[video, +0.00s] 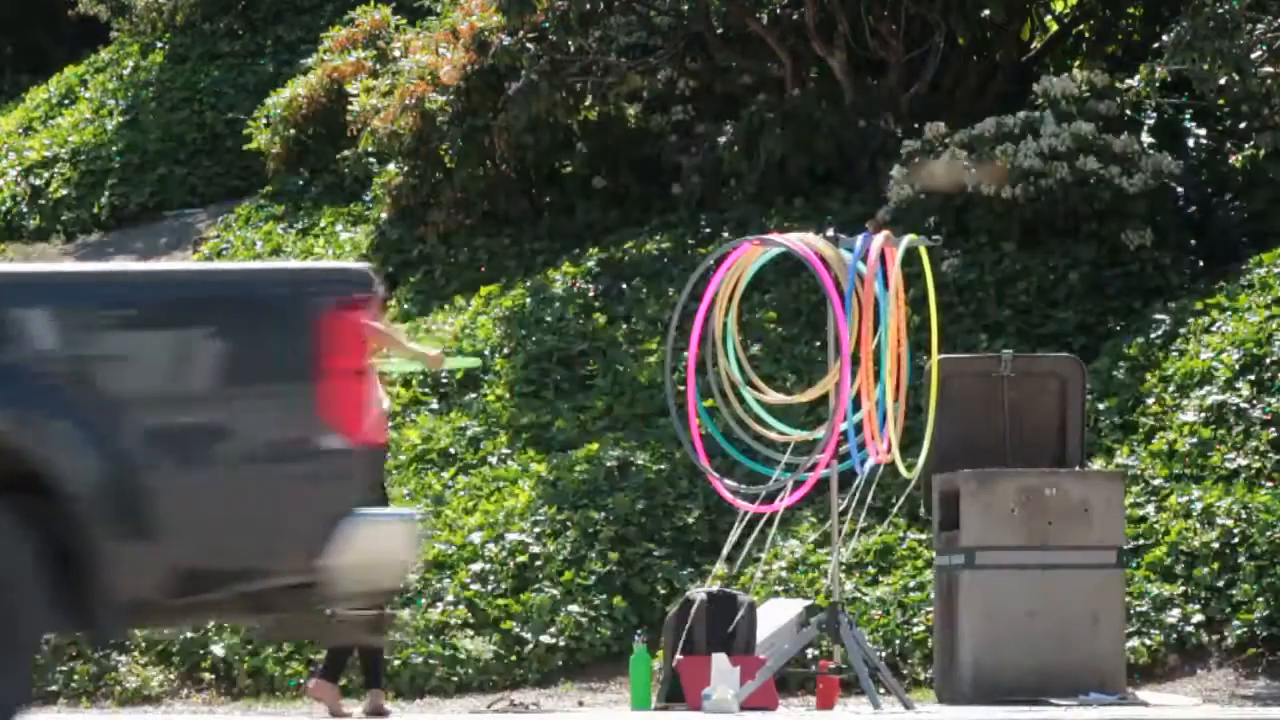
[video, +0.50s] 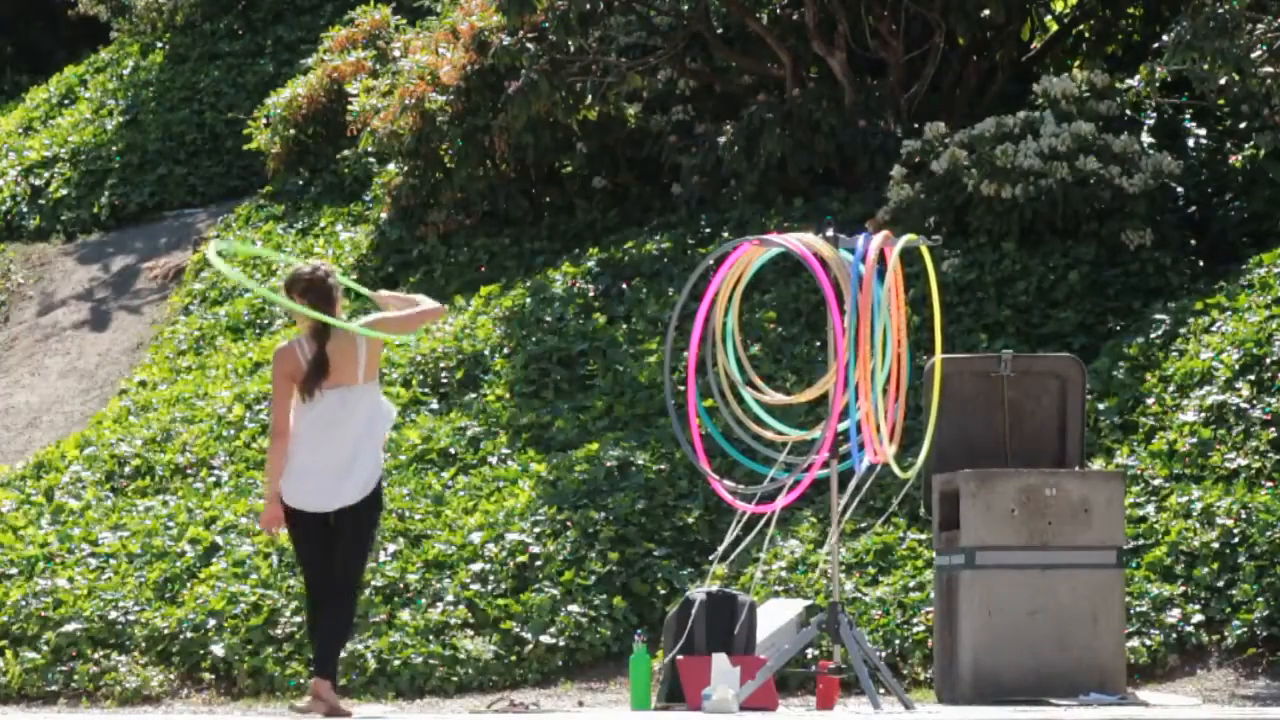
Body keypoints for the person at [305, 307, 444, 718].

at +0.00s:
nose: (382, 312)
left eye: (382, 305)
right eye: (379, 304)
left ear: (353, 299)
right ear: (365, 301)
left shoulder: (335, 331)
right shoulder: (352, 326)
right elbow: (387, 337)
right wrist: (427, 354)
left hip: (351, 458)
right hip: (357, 459)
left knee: (371, 570)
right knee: (370, 568)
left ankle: (375, 690)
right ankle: (327, 677)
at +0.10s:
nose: (362, 311)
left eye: (363, 303)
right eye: (360, 302)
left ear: (321, 303)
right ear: (344, 299)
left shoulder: (310, 352)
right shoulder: (332, 326)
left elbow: (291, 427)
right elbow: (391, 315)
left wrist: (305, 485)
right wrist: (435, 335)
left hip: (337, 478)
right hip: (354, 475)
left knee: (360, 587)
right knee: (363, 586)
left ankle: (367, 689)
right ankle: (321, 680)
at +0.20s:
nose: (355, 306)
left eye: (353, 299)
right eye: (353, 299)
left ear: (312, 301)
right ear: (344, 300)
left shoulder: (297, 358)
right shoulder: (346, 326)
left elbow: (283, 432)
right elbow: (414, 305)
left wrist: (297, 490)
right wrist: (444, 325)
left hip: (320, 478)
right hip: (357, 476)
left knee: (348, 587)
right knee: (354, 587)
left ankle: (361, 689)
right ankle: (316, 682)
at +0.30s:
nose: (348, 305)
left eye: (345, 300)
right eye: (347, 299)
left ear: (306, 304)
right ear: (343, 300)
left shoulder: (289, 355)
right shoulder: (354, 329)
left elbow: (278, 434)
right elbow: (429, 301)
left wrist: (291, 496)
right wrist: (438, 318)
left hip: (309, 473)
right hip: (359, 467)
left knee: (335, 581)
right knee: (350, 579)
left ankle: (352, 689)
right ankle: (317, 682)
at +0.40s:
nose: (341, 302)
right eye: (340, 296)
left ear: (297, 305)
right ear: (341, 299)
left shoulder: (286, 354)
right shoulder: (365, 331)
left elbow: (278, 433)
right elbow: (435, 302)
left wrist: (280, 499)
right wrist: (380, 314)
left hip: (306, 481)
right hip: (359, 474)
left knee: (328, 583)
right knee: (348, 582)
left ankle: (335, 688)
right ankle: (321, 677)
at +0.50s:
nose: (287, 309)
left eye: (289, 303)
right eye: (287, 302)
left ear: (299, 306)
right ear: (336, 298)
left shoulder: (289, 356)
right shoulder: (369, 333)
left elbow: (279, 433)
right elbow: (435, 309)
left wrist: (271, 495)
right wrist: (383, 298)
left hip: (303, 489)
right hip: (360, 485)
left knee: (318, 586)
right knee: (345, 585)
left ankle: (326, 686)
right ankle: (322, 682)